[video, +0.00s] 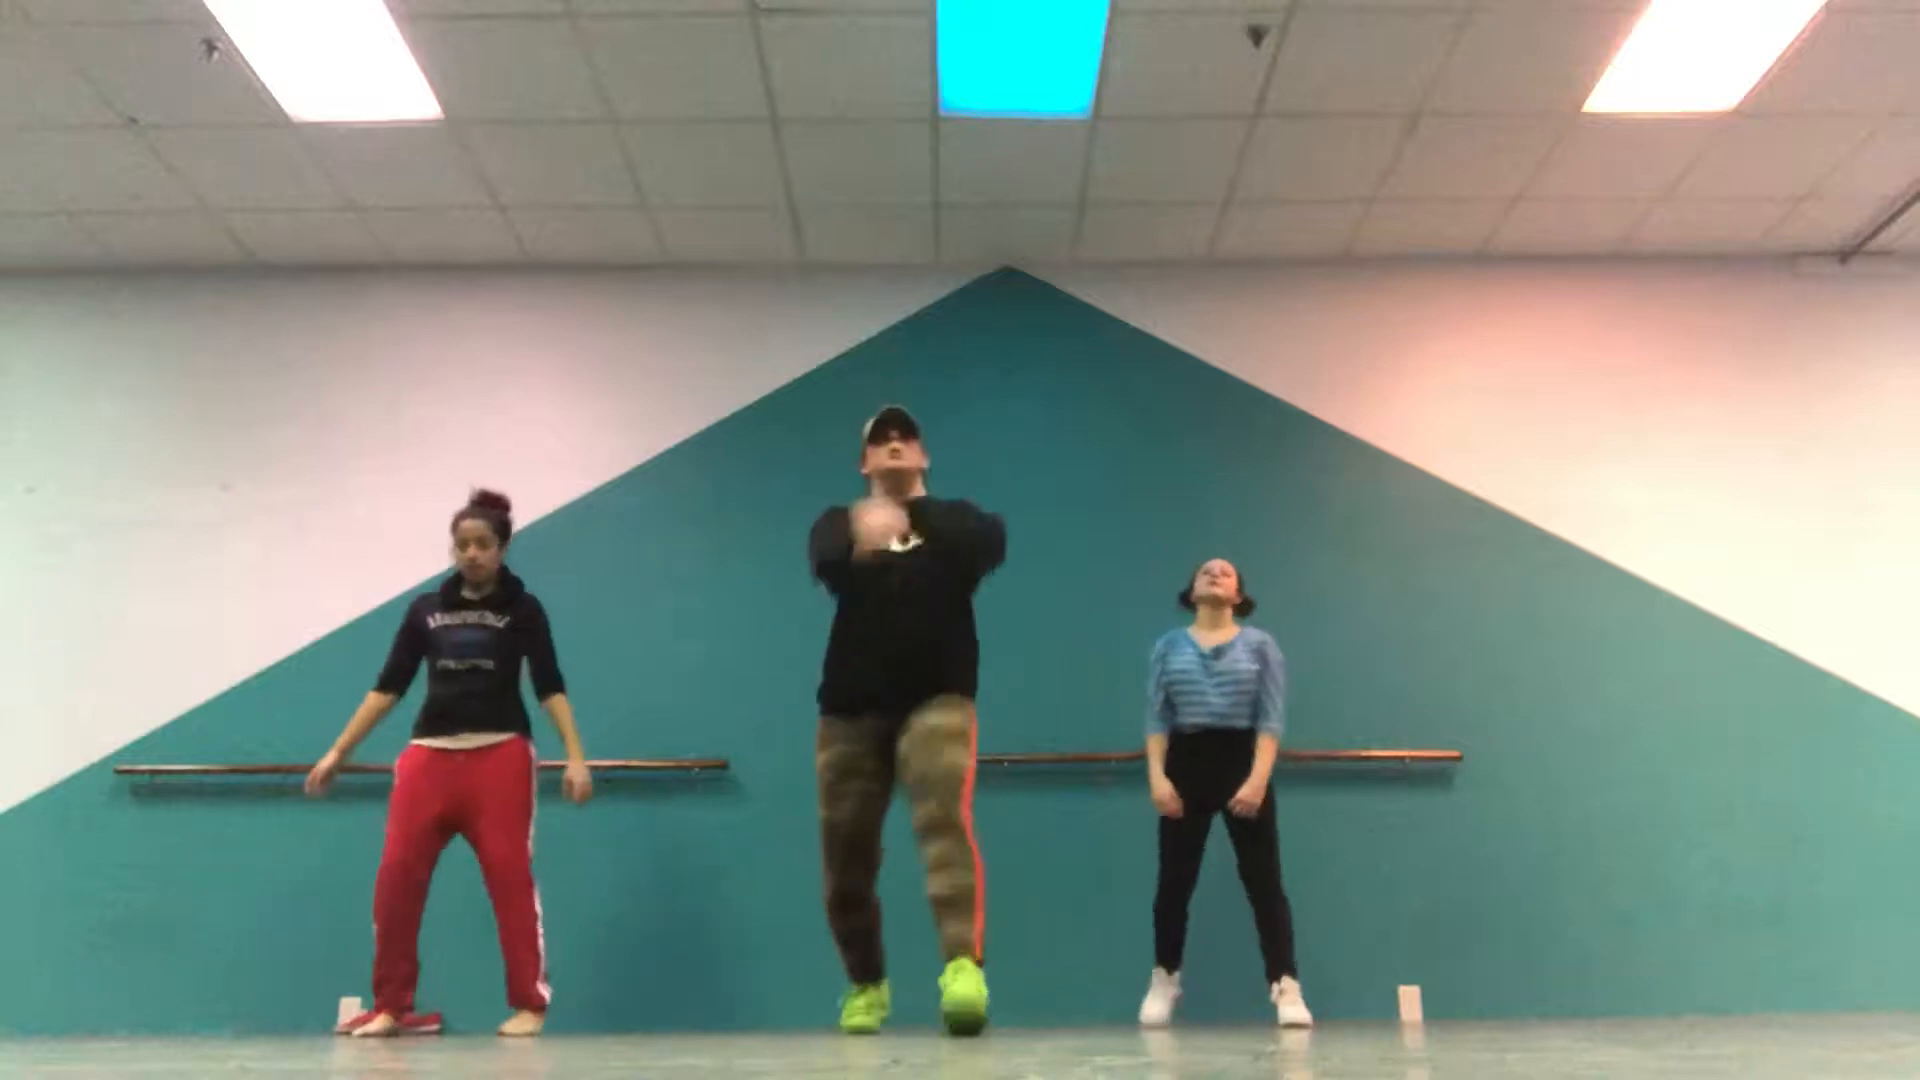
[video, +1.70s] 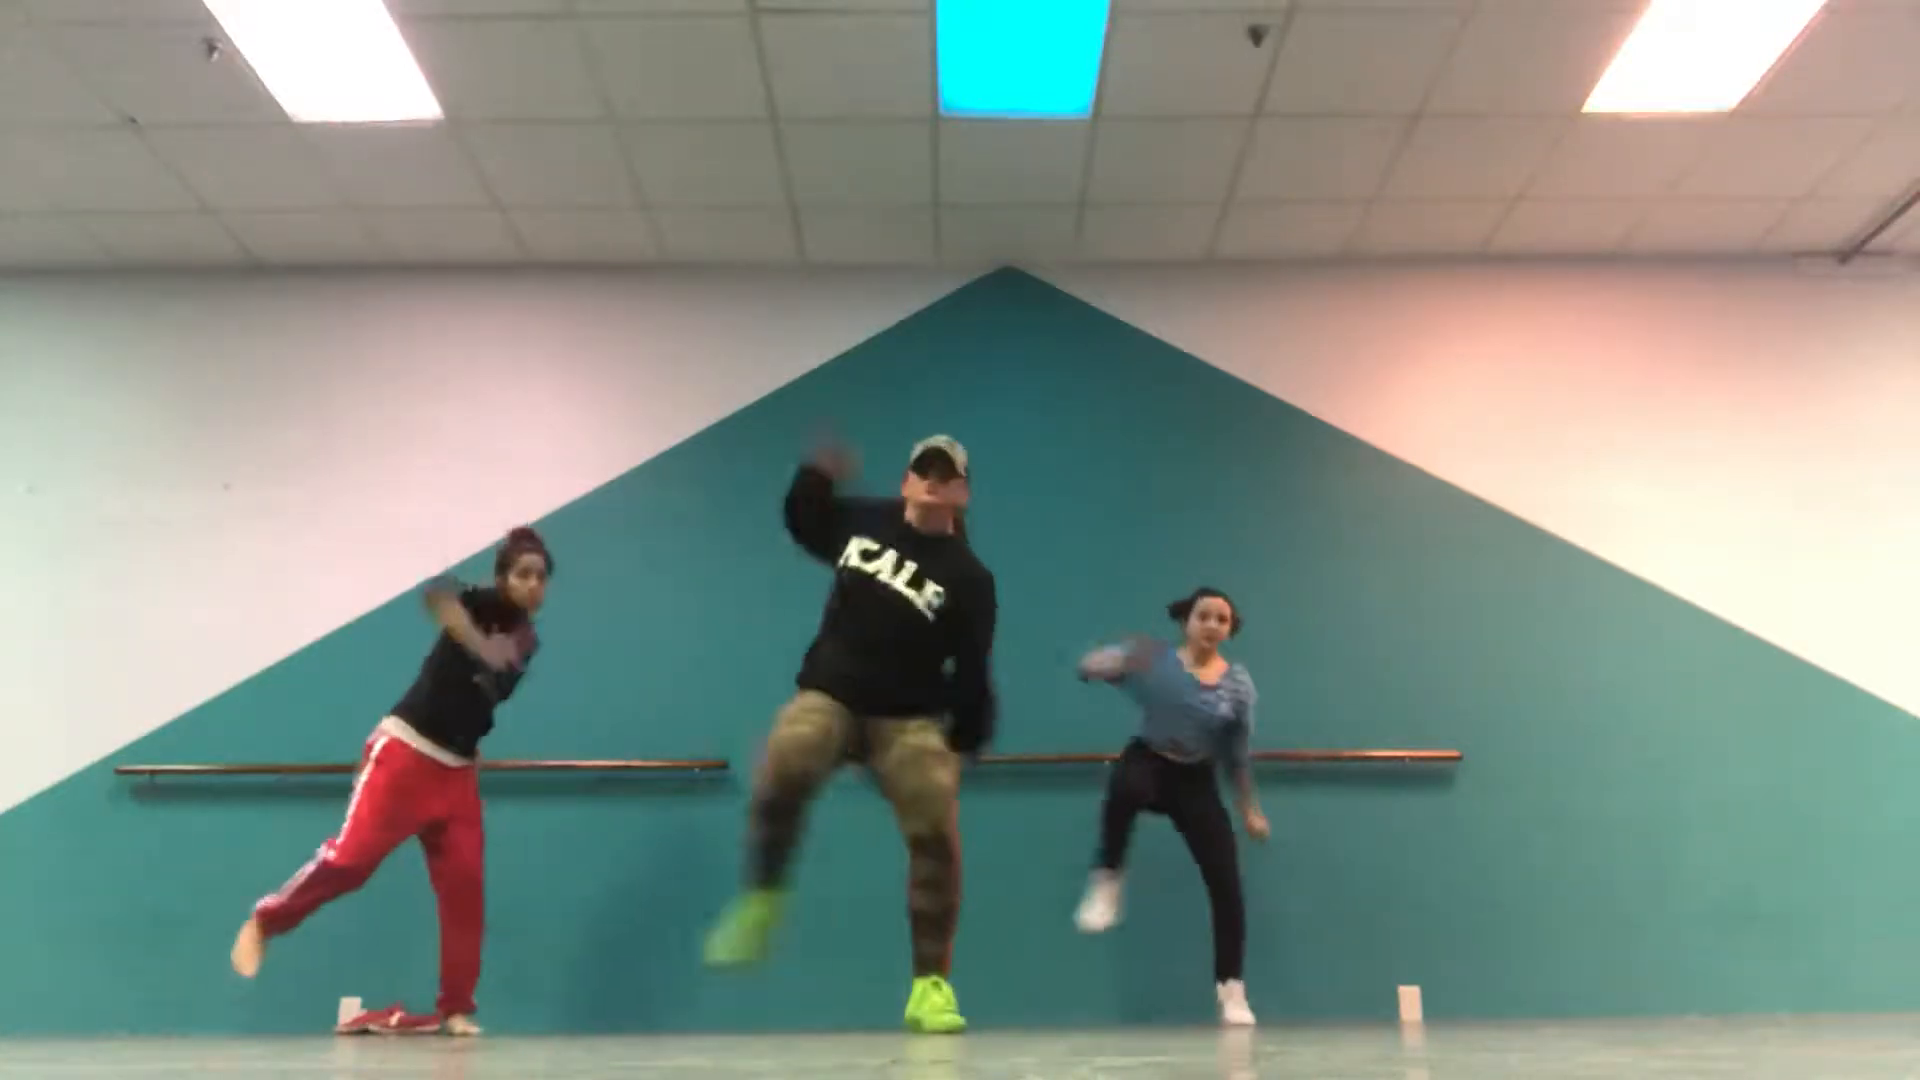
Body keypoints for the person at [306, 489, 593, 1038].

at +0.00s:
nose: (471, 554)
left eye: (482, 543)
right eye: (462, 544)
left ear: (504, 546)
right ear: (451, 547)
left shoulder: (523, 609)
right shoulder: (425, 608)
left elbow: (550, 688)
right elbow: (387, 688)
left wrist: (576, 757)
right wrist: (337, 751)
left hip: (499, 760)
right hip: (427, 761)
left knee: (509, 878)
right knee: (396, 878)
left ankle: (529, 1005)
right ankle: (391, 1006)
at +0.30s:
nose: (502, 538)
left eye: (514, 530)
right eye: (496, 528)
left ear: (537, 539)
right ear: (489, 536)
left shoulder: (555, 605)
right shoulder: (471, 605)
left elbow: (550, 687)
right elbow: (450, 685)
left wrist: (525, 752)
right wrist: (424, 747)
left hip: (523, 755)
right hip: (459, 756)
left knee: (527, 885)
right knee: (417, 876)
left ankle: (530, 1009)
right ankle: (389, 1001)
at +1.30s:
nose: (489, 565)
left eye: (501, 557)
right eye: (483, 555)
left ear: (520, 568)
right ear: (472, 560)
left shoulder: (532, 637)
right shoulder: (438, 626)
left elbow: (531, 718)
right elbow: (397, 697)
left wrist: (526, 783)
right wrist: (339, 731)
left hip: (490, 779)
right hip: (422, 773)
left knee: (484, 895)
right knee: (397, 887)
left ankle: (463, 1009)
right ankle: (413, 1008)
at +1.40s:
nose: (508, 561)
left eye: (520, 553)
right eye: (501, 550)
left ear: (534, 564)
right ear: (487, 553)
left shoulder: (536, 631)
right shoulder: (447, 611)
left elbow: (524, 711)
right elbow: (392, 671)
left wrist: (519, 778)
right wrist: (326, 668)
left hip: (489, 771)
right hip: (423, 761)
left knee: (481, 886)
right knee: (394, 869)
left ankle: (463, 1008)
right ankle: (395, 993)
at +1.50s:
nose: (526, 572)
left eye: (536, 565)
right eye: (518, 561)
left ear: (548, 575)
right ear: (502, 564)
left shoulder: (538, 641)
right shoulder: (457, 602)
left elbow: (512, 714)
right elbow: (379, 606)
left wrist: (506, 781)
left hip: (482, 775)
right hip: (419, 761)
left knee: (476, 891)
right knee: (380, 848)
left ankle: (459, 1008)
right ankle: (347, 951)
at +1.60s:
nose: (530, 586)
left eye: (540, 578)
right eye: (522, 575)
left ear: (549, 587)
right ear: (504, 576)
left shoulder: (535, 648)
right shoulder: (473, 608)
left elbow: (495, 709)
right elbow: (445, 584)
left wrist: (488, 762)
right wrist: (421, 563)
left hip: (471, 781)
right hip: (412, 764)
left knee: (474, 896)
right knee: (367, 852)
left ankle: (457, 1010)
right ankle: (301, 914)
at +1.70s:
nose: (534, 584)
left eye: (542, 575)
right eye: (525, 574)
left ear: (548, 583)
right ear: (504, 576)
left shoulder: (527, 639)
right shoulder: (480, 604)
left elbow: (481, 692)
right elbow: (440, 600)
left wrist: (466, 750)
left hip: (455, 775)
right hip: (403, 757)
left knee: (463, 890)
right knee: (349, 864)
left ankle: (457, 1010)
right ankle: (264, 923)